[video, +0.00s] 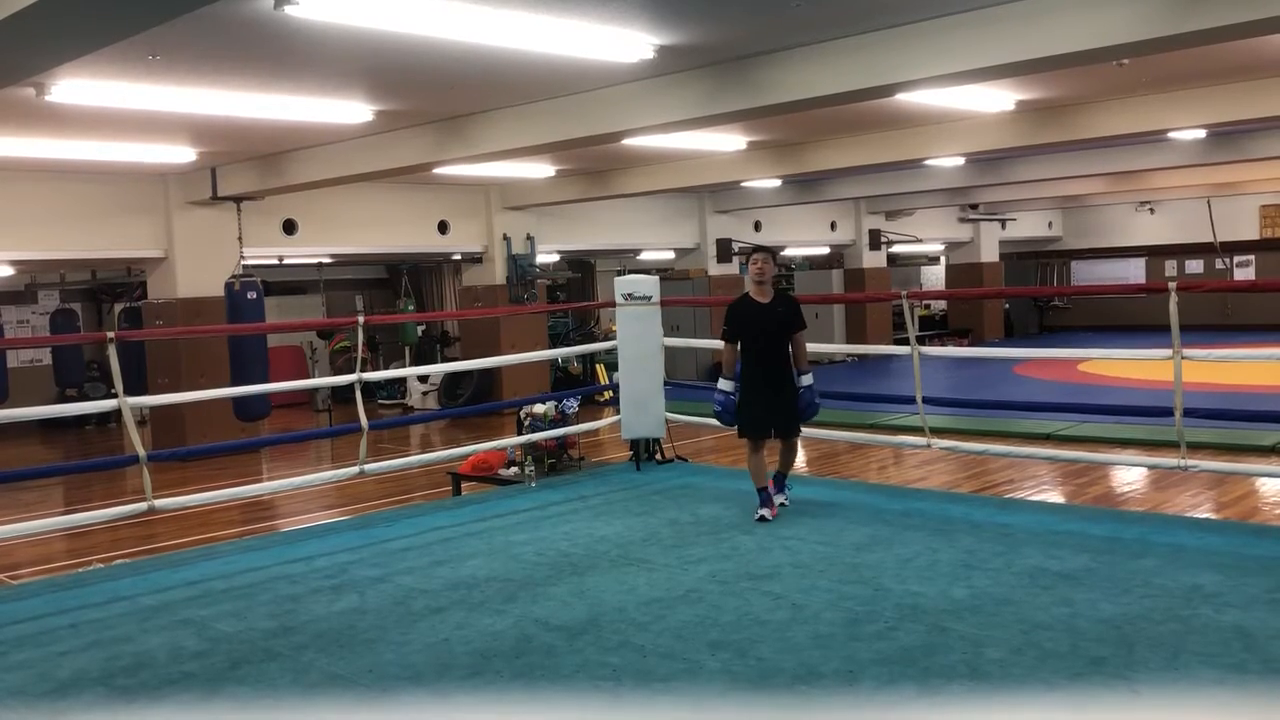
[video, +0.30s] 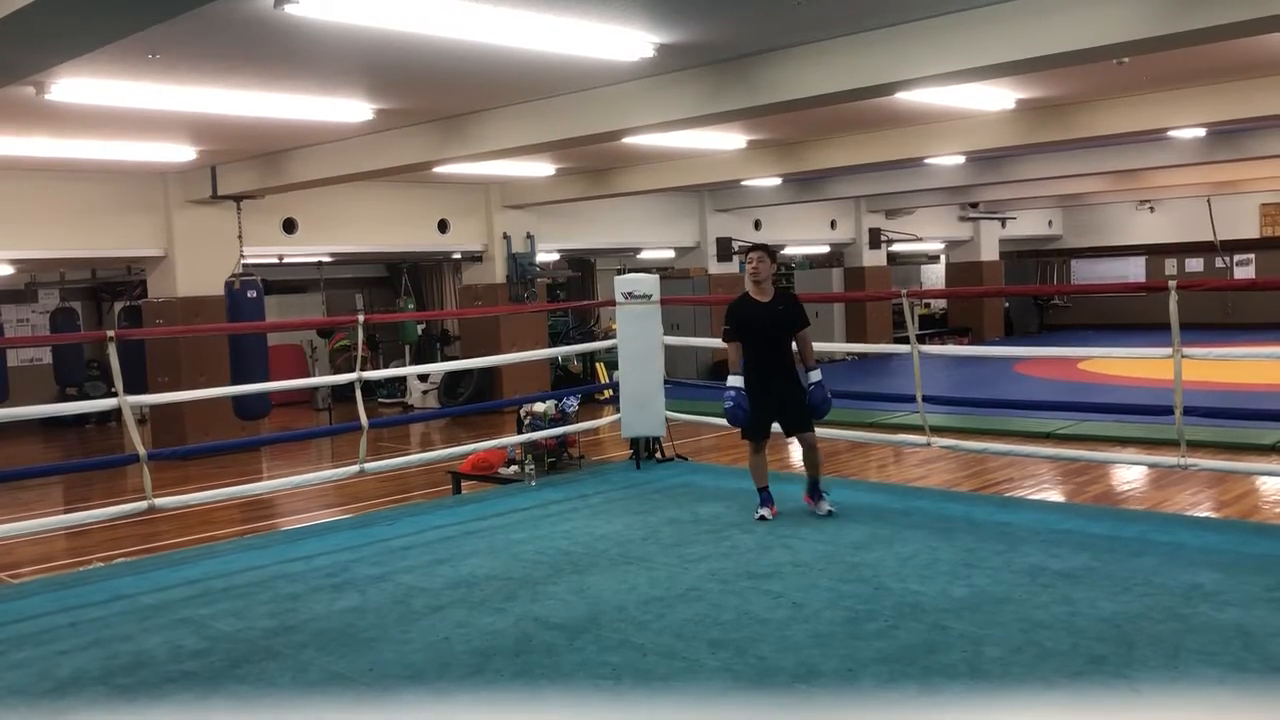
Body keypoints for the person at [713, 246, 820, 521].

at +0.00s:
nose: (759, 266)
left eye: (765, 263)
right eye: (754, 263)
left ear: (775, 270)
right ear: (747, 270)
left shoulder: (788, 304)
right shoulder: (737, 308)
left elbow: (799, 345)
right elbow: (729, 350)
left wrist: (806, 383)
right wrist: (725, 389)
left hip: (784, 383)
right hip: (751, 386)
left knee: (790, 439)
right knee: (755, 443)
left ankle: (779, 483)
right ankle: (765, 501)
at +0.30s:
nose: (754, 266)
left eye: (760, 261)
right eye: (750, 262)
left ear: (772, 267)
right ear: (745, 268)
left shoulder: (789, 301)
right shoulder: (737, 308)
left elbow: (804, 342)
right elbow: (734, 350)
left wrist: (815, 381)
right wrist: (733, 387)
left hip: (788, 382)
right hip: (754, 387)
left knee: (809, 440)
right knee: (757, 446)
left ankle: (814, 493)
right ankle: (765, 501)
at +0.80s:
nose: (791, 261)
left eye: (797, 256)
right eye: (787, 256)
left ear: (812, 262)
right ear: (783, 262)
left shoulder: (826, 301)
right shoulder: (772, 299)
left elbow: (839, 343)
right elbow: (760, 343)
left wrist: (845, 385)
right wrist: (751, 382)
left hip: (815, 386)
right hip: (779, 386)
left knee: (823, 446)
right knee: (769, 442)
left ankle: (829, 503)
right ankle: (766, 498)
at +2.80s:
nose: (773, 251)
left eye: (779, 246)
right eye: (769, 246)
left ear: (792, 250)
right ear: (764, 251)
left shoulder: (807, 287)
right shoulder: (759, 290)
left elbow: (818, 331)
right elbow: (752, 335)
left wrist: (818, 373)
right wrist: (747, 376)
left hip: (801, 374)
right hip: (769, 374)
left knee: (812, 433)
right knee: (772, 431)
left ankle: (821, 491)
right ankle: (777, 486)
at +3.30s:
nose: (777, 250)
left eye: (783, 245)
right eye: (772, 245)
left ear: (795, 249)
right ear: (767, 251)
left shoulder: (810, 284)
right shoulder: (761, 290)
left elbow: (820, 318)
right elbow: (754, 333)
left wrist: (810, 351)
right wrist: (750, 375)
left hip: (801, 367)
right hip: (770, 369)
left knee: (816, 431)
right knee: (775, 430)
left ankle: (825, 490)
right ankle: (781, 485)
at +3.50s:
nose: (778, 250)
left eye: (785, 245)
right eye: (774, 245)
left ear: (797, 250)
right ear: (769, 251)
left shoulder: (810, 281)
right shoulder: (762, 289)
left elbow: (812, 303)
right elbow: (755, 333)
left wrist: (795, 310)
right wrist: (750, 375)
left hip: (804, 370)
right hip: (773, 371)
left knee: (816, 431)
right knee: (776, 429)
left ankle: (826, 491)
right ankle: (781, 485)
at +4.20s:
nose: (775, 251)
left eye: (782, 246)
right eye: (772, 246)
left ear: (794, 249)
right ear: (766, 251)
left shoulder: (807, 283)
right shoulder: (763, 290)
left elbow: (810, 318)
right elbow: (759, 331)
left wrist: (799, 349)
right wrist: (756, 367)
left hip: (802, 365)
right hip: (771, 365)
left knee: (815, 427)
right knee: (775, 427)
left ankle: (825, 488)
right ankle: (781, 483)